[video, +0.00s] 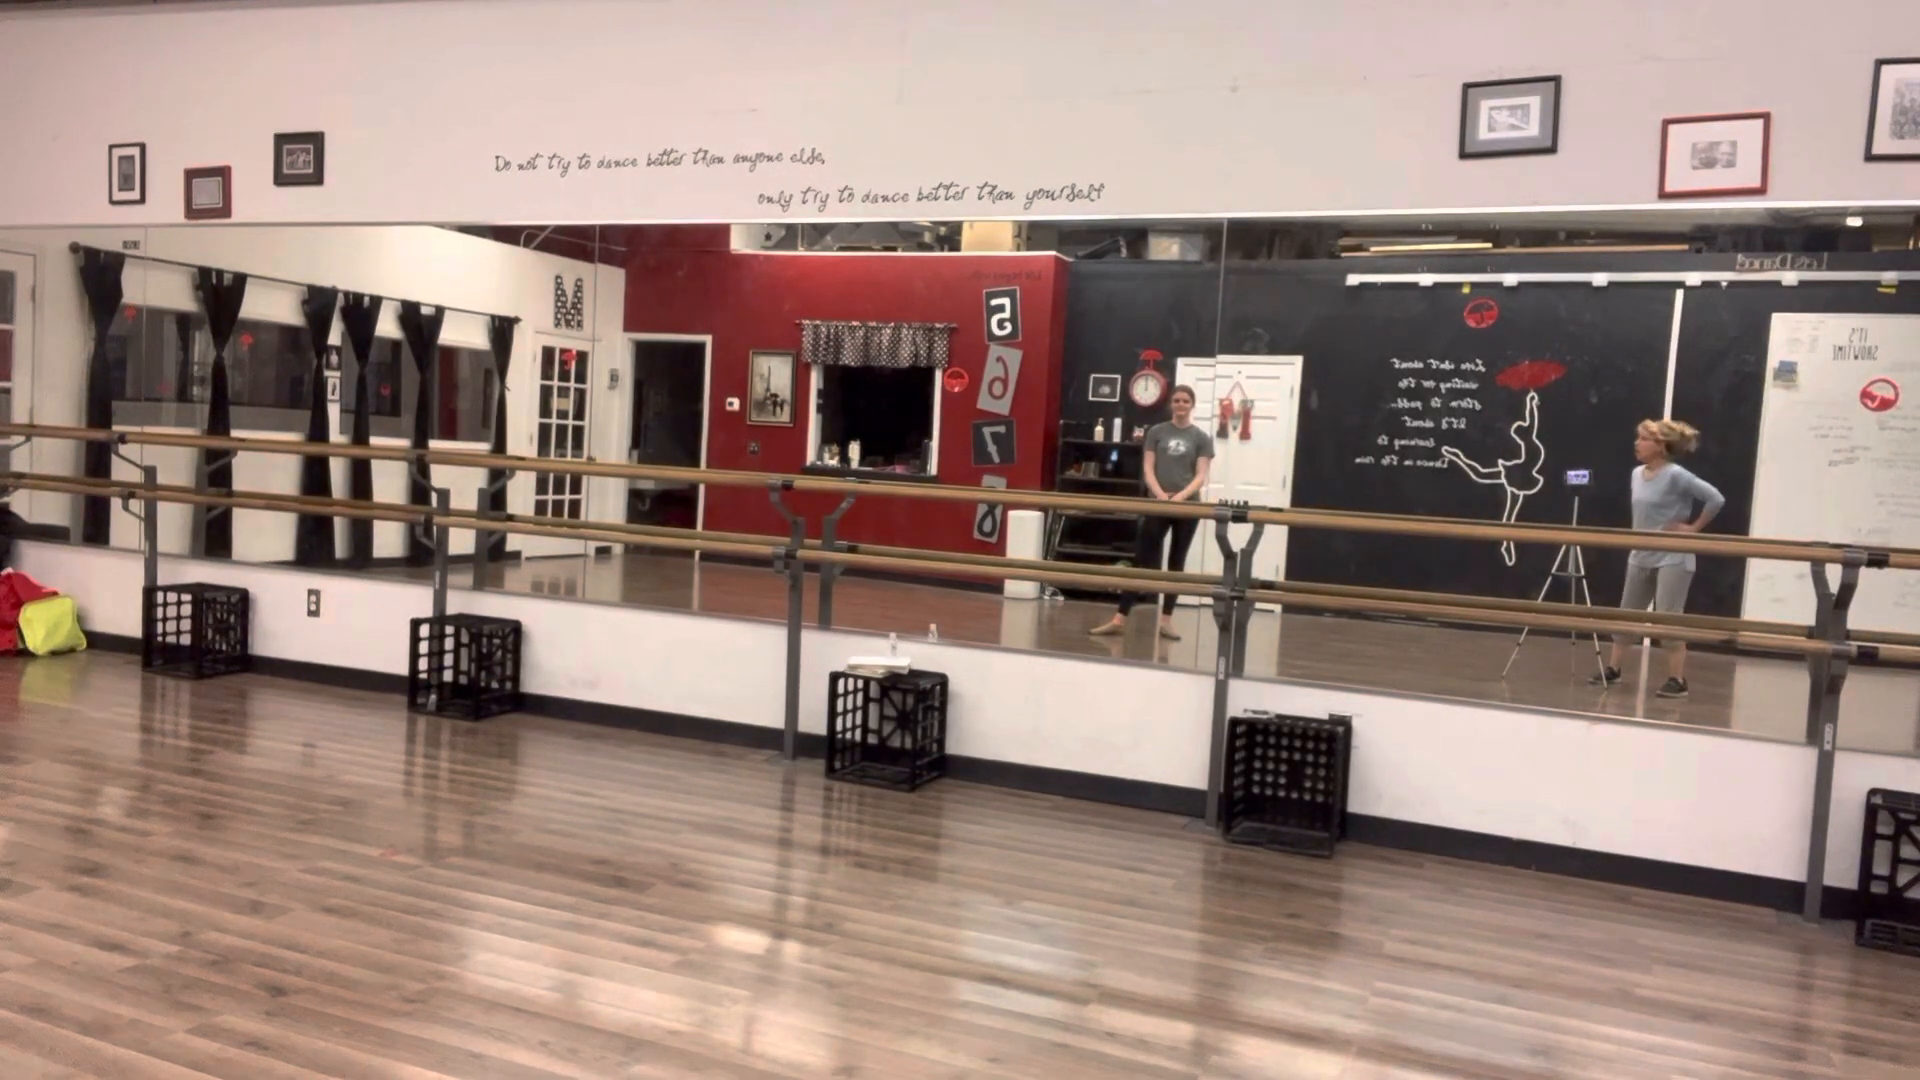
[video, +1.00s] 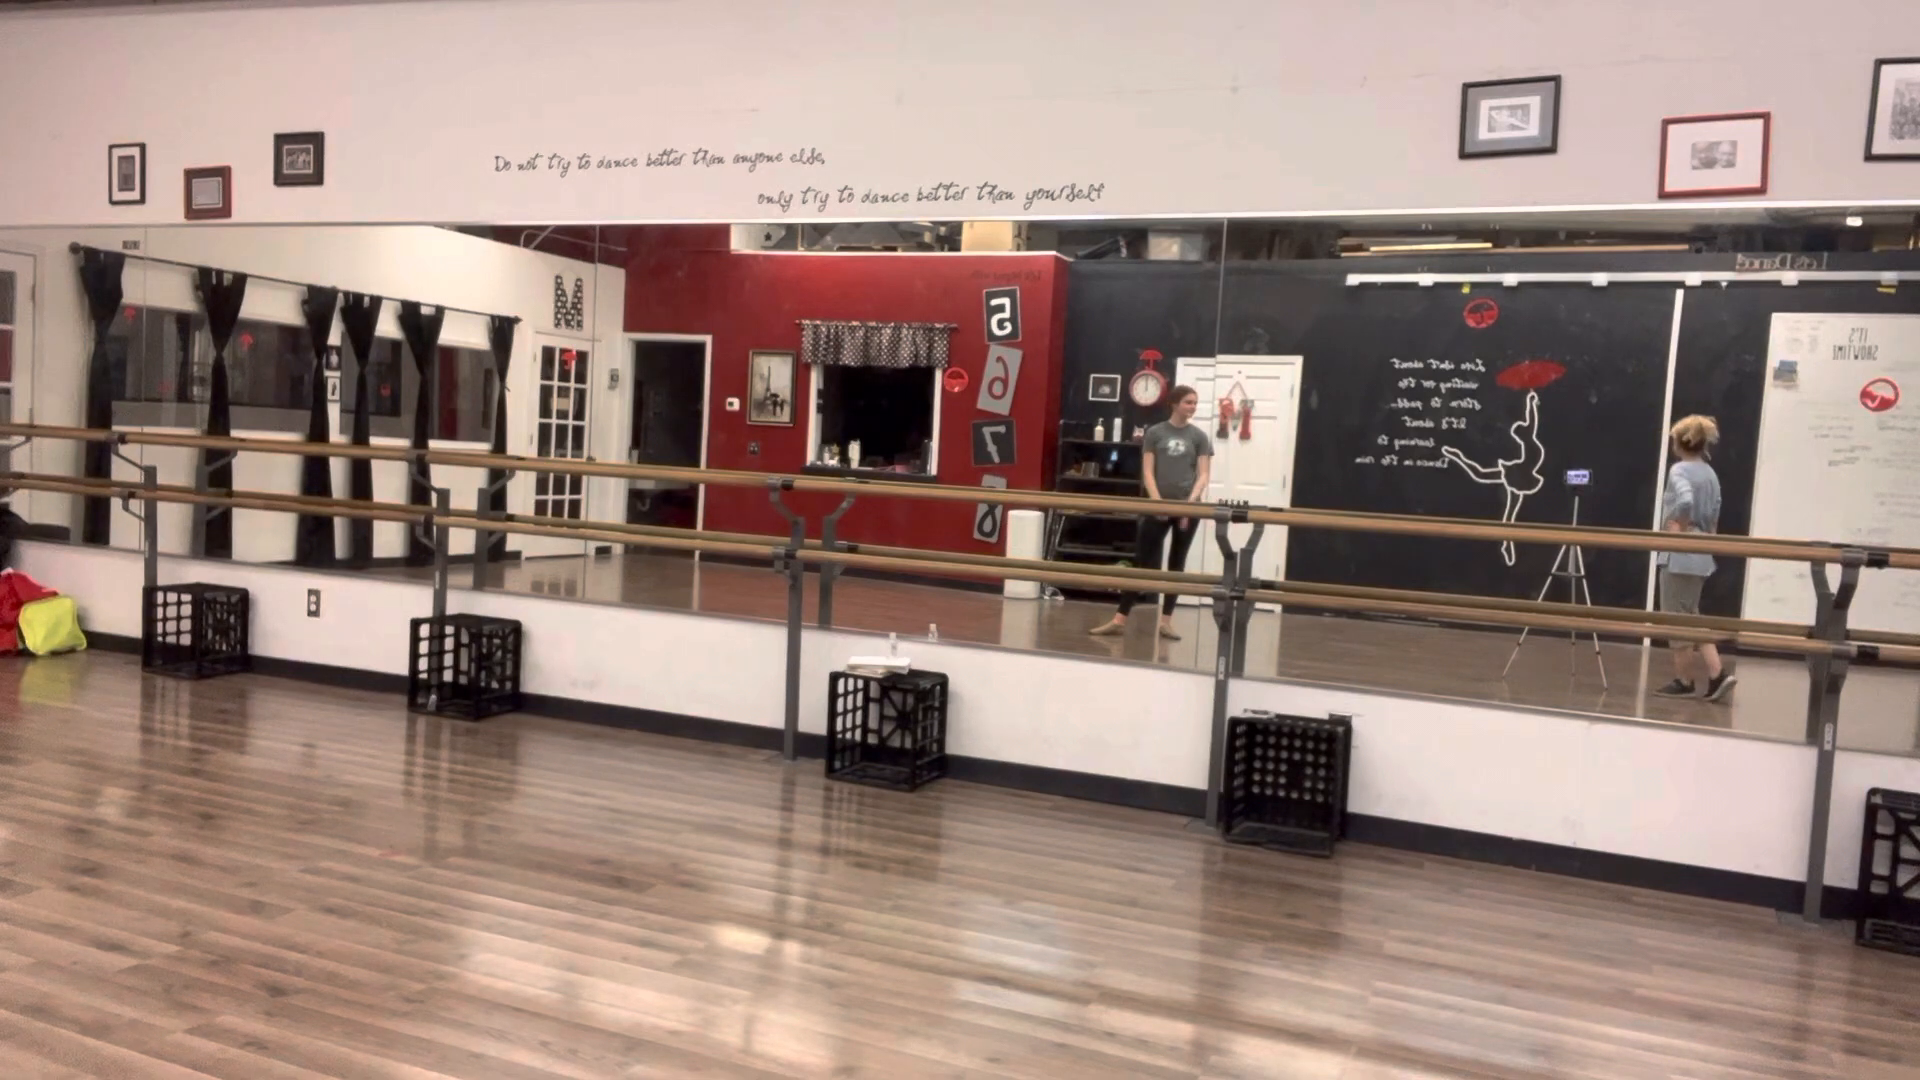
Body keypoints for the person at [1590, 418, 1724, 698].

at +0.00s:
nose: (1637, 444)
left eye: (1644, 439)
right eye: (1638, 438)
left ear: (1661, 446)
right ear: (1641, 443)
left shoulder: (1676, 475)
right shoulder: (1637, 474)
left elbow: (1716, 499)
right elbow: (1642, 507)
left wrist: (1693, 527)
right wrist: (1640, 534)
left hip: (1674, 556)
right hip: (1641, 554)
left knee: (1667, 618)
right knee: (1627, 614)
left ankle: (1676, 679)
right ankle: (1613, 668)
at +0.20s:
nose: (1647, 448)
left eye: (1651, 443)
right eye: (1648, 443)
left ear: (1662, 447)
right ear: (1664, 447)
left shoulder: (1681, 475)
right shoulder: (1662, 473)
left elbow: (1714, 502)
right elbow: (1681, 505)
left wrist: (1702, 530)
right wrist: (1665, 530)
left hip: (1685, 558)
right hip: (1658, 555)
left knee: (1672, 618)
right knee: (1637, 613)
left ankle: (1677, 679)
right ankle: (1615, 667)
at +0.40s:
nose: (1660, 448)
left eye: (1662, 443)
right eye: (1661, 443)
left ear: (1669, 445)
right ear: (1686, 445)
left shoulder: (1678, 472)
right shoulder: (1685, 469)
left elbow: (1697, 502)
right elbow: (1692, 506)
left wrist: (1690, 527)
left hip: (1684, 559)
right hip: (1668, 556)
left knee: (1672, 617)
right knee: (1652, 613)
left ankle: (1677, 677)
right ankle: (1654, 668)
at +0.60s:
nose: (1668, 445)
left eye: (1669, 441)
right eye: (1671, 440)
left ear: (1673, 443)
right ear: (1697, 444)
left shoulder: (1673, 471)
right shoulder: (1703, 472)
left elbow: (1684, 500)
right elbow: (1709, 506)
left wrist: (1678, 524)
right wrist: (1704, 531)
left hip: (1676, 556)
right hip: (1697, 554)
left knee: (1671, 618)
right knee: (1687, 614)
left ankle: (1677, 676)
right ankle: (1700, 672)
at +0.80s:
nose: (1670, 446)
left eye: (1672, 441)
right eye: (1672, 441)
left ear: (1677, 443)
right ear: (1702, 445)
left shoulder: (1672, 470)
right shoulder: (1707, 476)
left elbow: (1679, 501)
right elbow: (1710, 517)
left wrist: (1674, 529)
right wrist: (1707, 543)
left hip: (1675, 557)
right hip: (1699, 557)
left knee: (1671, 621)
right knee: (1692, 617)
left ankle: (1678, 677)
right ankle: (1721, 669)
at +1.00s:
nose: (1672, 446)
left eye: (1673, 442)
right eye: (1673, 441)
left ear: (1679, 443)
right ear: (1703, 444)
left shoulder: (1679, 471)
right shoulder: (1710, 474)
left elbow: (1686, 503)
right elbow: (1714, 512)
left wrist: (1675, 528)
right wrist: (1708, 540)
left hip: (1678, 557)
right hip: (1701, 556)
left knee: (1676, 620)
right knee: (1693, 616)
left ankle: (1683, 678)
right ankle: (1717, 673)